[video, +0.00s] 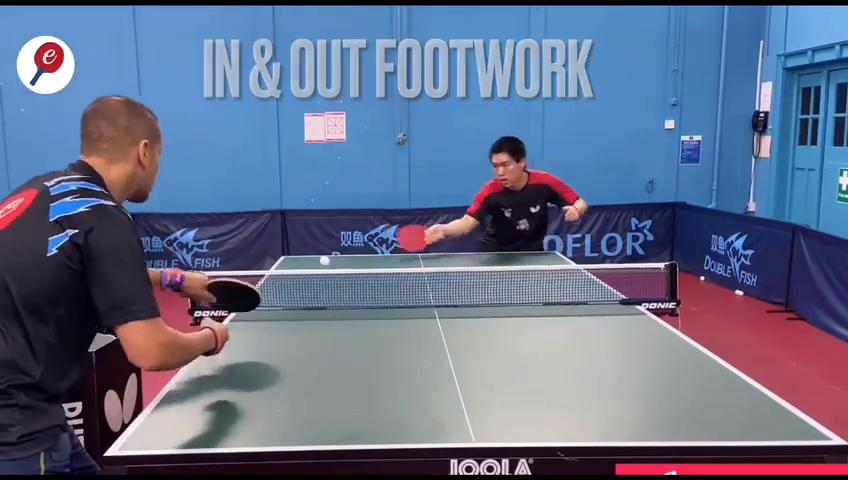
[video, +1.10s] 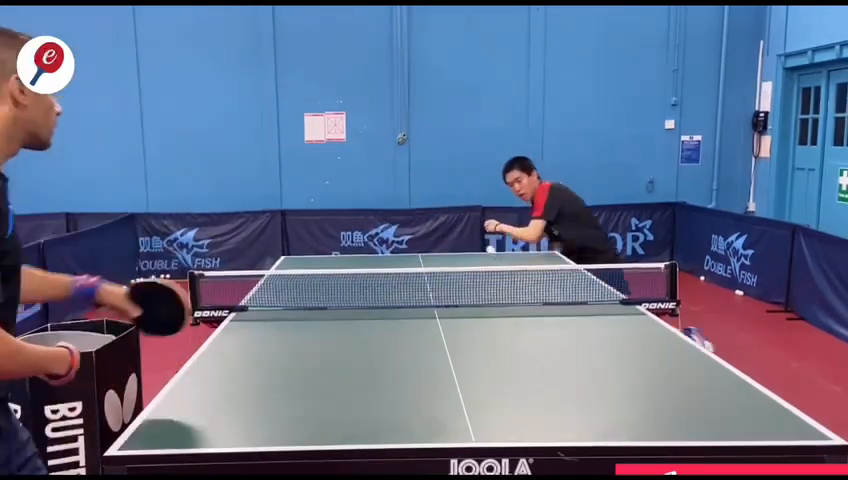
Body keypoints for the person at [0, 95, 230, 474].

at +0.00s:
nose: (156, 170)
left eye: (158, 158)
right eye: (158, 158)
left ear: (90, 145)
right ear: (142, 153)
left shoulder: (37, 191)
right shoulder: (103, 217)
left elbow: (79, 280)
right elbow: (149, 350)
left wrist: (174, 280)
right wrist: (206, 339)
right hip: (23, 431)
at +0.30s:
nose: (117, 137)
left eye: (117, 125)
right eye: (116, 124)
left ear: (40, 121)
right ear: (100, 123)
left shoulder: (7, 174)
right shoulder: (76, 201)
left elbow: (29, 303)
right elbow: (118, 349)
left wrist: (111, 299)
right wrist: (170, 354)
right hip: (22, 443)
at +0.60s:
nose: (150, 179)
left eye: (154, 165)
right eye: (151, 162)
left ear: (79, 143)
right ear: (126, 150)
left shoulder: (16, 189)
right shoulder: (76, 209)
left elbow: (36, 317)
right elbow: (61, 354)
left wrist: (138, 333)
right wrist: (120, 378)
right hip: (11, 438)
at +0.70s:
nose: (158, 182)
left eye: (160, 167)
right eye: (157, 164)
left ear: (127, 153)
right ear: (128, 152)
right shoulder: (59, 209)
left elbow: (116, 302)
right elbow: (25, 346)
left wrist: (218, 319)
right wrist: (96, 378)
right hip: (11, 441)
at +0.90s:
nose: (130, 138)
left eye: (130, 123)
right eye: (126, 121)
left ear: (90, 115)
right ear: (91, 114)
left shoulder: (66, 194)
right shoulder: (15, 186)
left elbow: (138, 250)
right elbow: (3, 332)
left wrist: (232, 269)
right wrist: (72, 360)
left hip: (17, 400)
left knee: (55, 472)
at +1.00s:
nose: (96, 116)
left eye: (94, 101)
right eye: (90, 99)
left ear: (56, 100)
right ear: (56, 99)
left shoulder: (30, 178)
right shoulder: (7, 184)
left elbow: (71, 255)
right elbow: (3, 336)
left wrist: (174, 268)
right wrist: (59, 356)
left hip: (14, 408)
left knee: (45, 469)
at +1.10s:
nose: (59, 106)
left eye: (55, 91)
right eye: (48, 89)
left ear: (16, 90)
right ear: (16, 91)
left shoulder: (3, 182)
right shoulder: (1, 186)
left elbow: (6, 278)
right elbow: (3, 353)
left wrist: (95, 292)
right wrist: (50, 360)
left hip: (8, 421)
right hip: (6, 430)